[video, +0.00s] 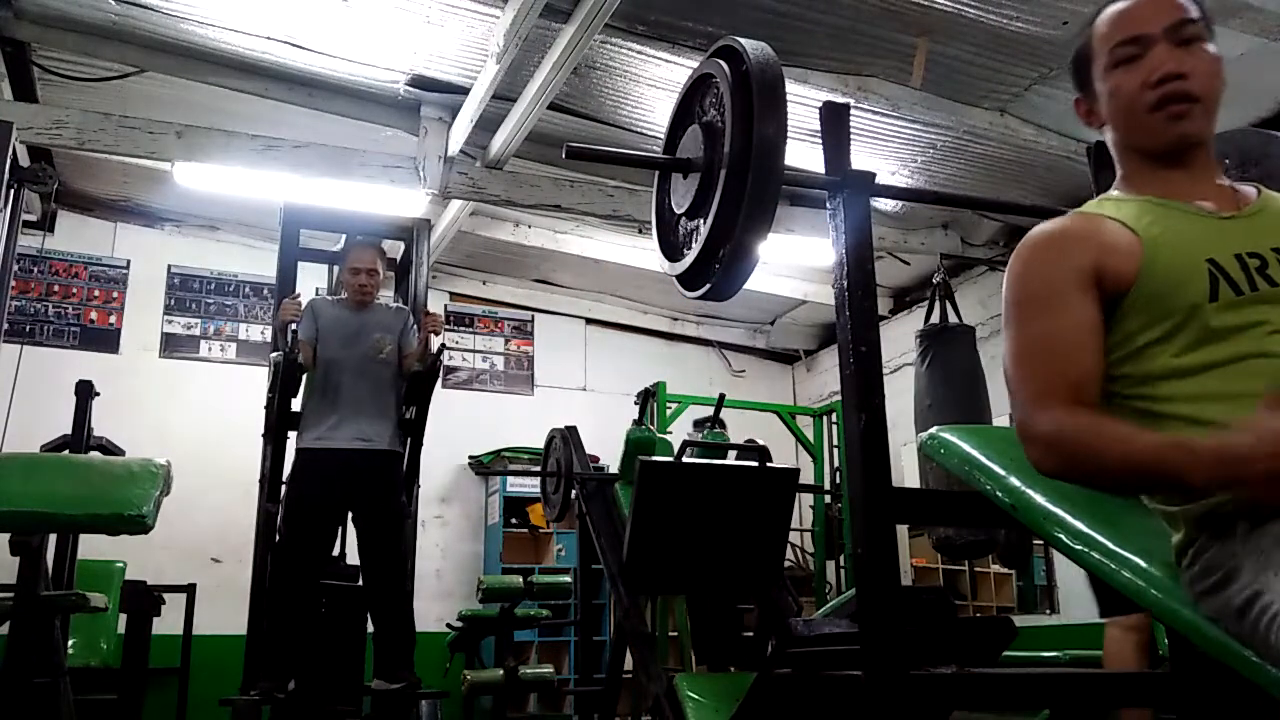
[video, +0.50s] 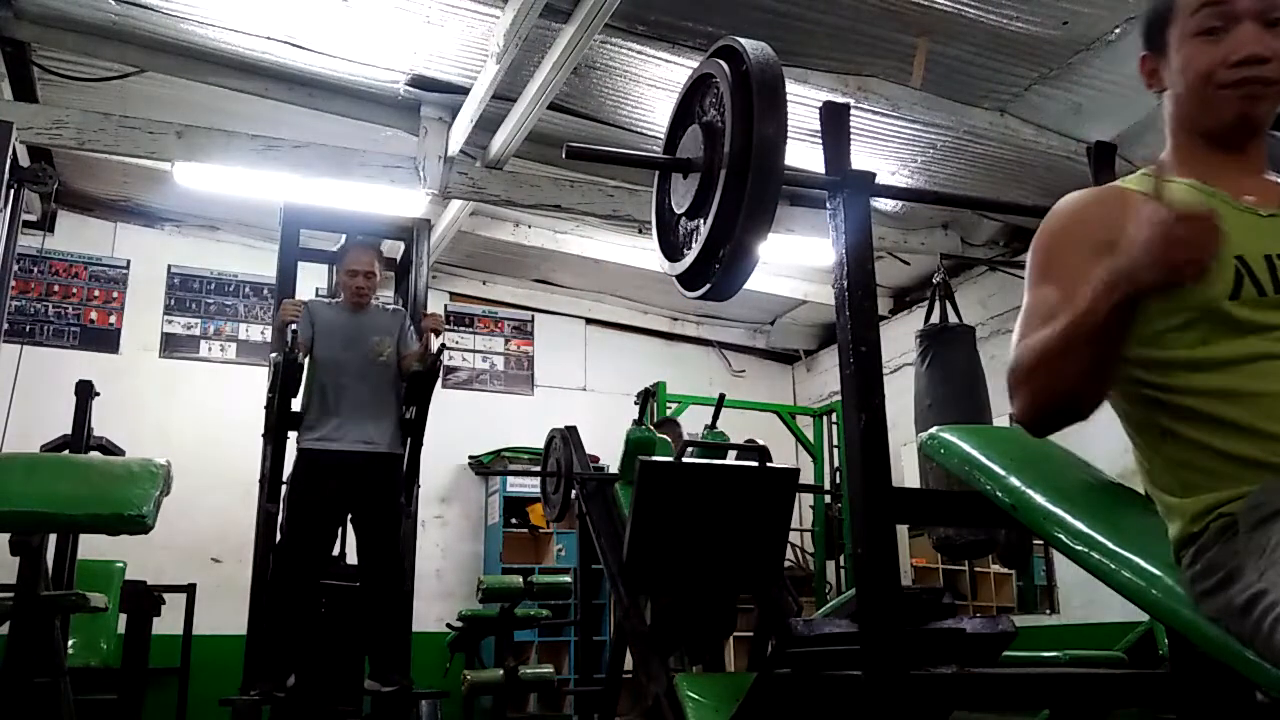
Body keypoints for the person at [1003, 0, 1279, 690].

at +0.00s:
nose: (1167, 63)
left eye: (1186, 39)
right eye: (1130, 56)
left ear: (1220, 69)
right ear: (1091, 111)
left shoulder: (1275, 211)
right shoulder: (1066, 247)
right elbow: (1050, 431)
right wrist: (1227, 456)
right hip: (1235, 530)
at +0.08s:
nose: (1182, 57)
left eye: (1203, 33)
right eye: (1143, 45)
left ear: (1232, 62)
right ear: (1102, 97)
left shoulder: (1273, 206)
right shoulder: (1069, 241)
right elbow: (1038, 423)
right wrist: (1194, 407)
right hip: (1239, 534)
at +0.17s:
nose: (1199, 55)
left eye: (1220, 30)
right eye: (1161, 41)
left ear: (1248, 59)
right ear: (1113, 90)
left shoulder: (1274, 200)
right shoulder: (1071, 236)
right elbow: (1033, 424)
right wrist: (1131, 350)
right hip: (1236, 523)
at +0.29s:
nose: (1219, 52)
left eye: (1240, 26)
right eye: (1179, 35)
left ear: (1266, 51)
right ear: (1127, 81)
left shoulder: (1279, 199)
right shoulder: (1075, 228)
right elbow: (1024, 414)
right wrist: (1097, 274)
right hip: (1241, 522)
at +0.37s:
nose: (1230, 52)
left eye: (1253, 24)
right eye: (1190, 33)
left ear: (1278, 52)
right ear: (1136, 76)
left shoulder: (1279, 197)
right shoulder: (1080, 221)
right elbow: (1024, 408)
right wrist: (1094, 266)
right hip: (1242, 522)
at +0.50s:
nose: (1254, 48)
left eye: (1270, 25)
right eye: (1214, 30)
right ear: (1154, 70)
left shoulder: (1276, 194)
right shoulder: (1092, 219)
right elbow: (1034, 407)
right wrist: (1121, 278)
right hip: (1241, 524)